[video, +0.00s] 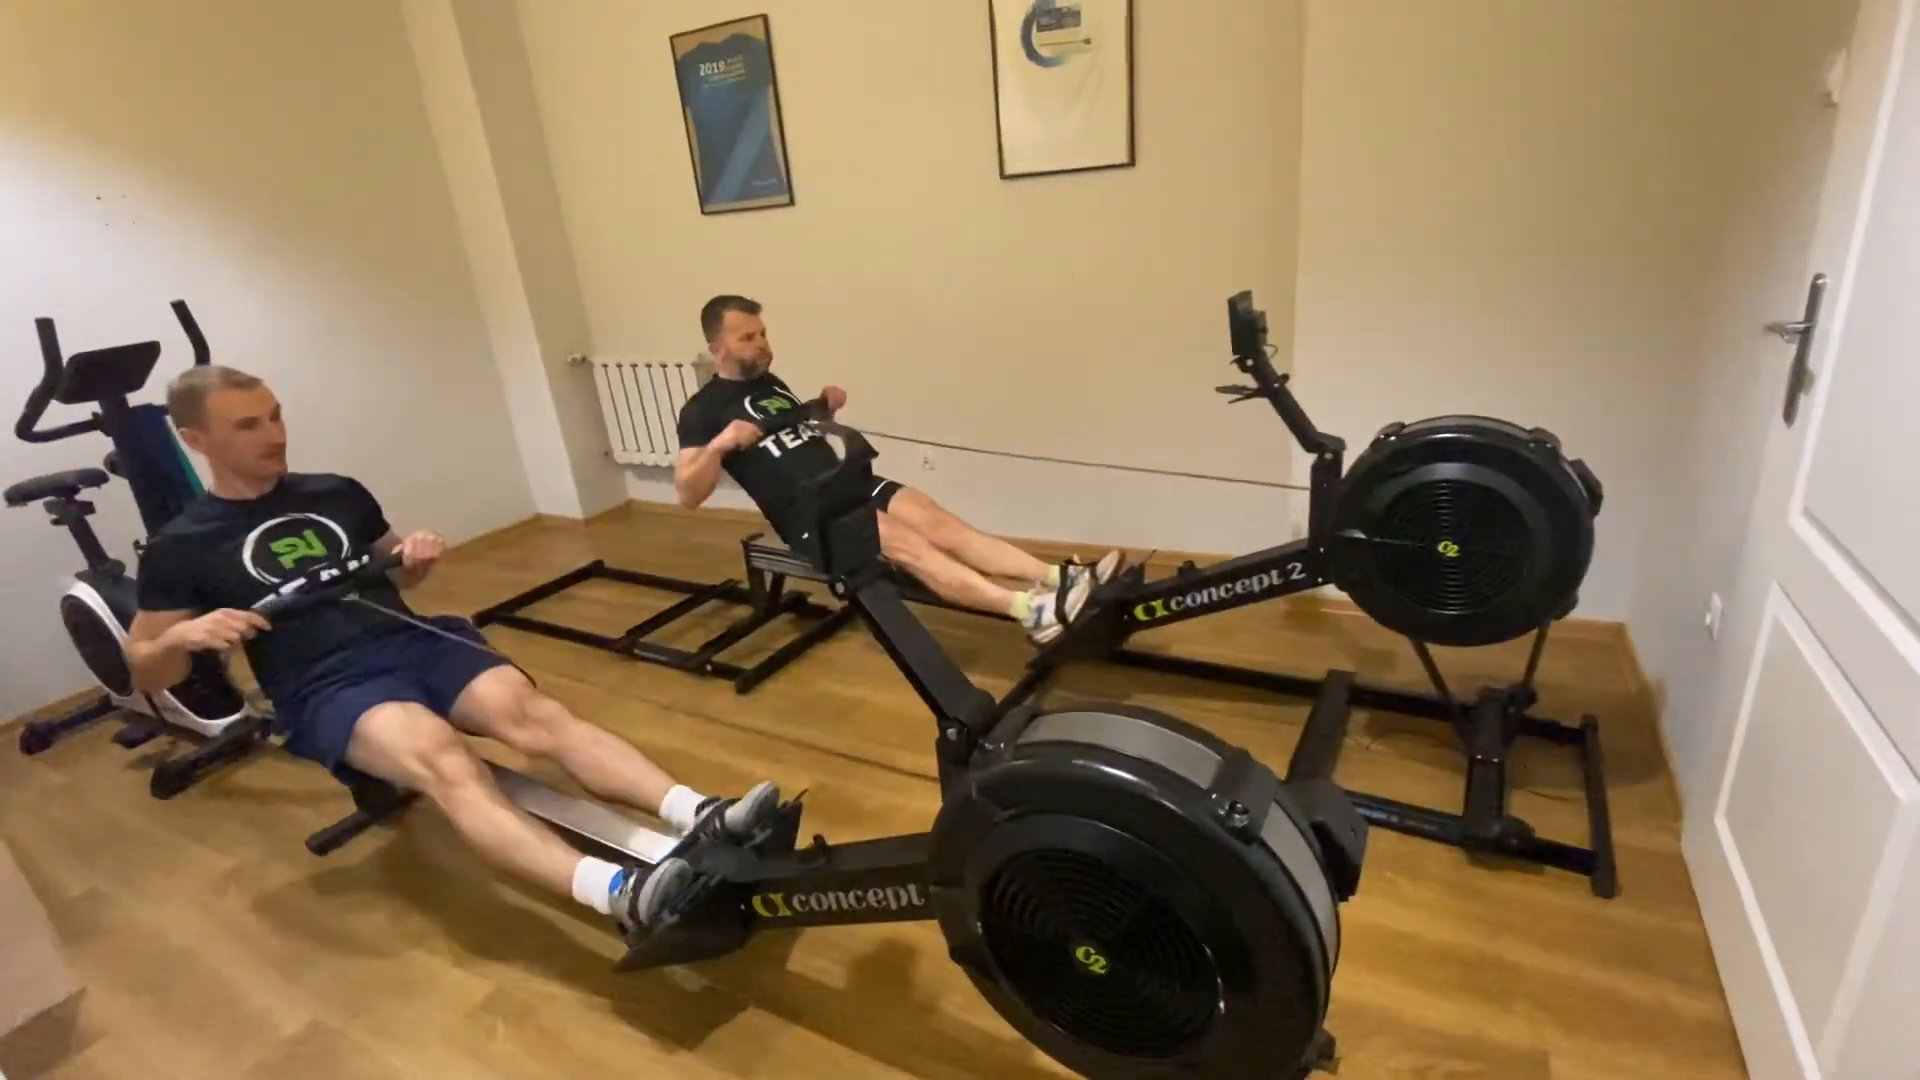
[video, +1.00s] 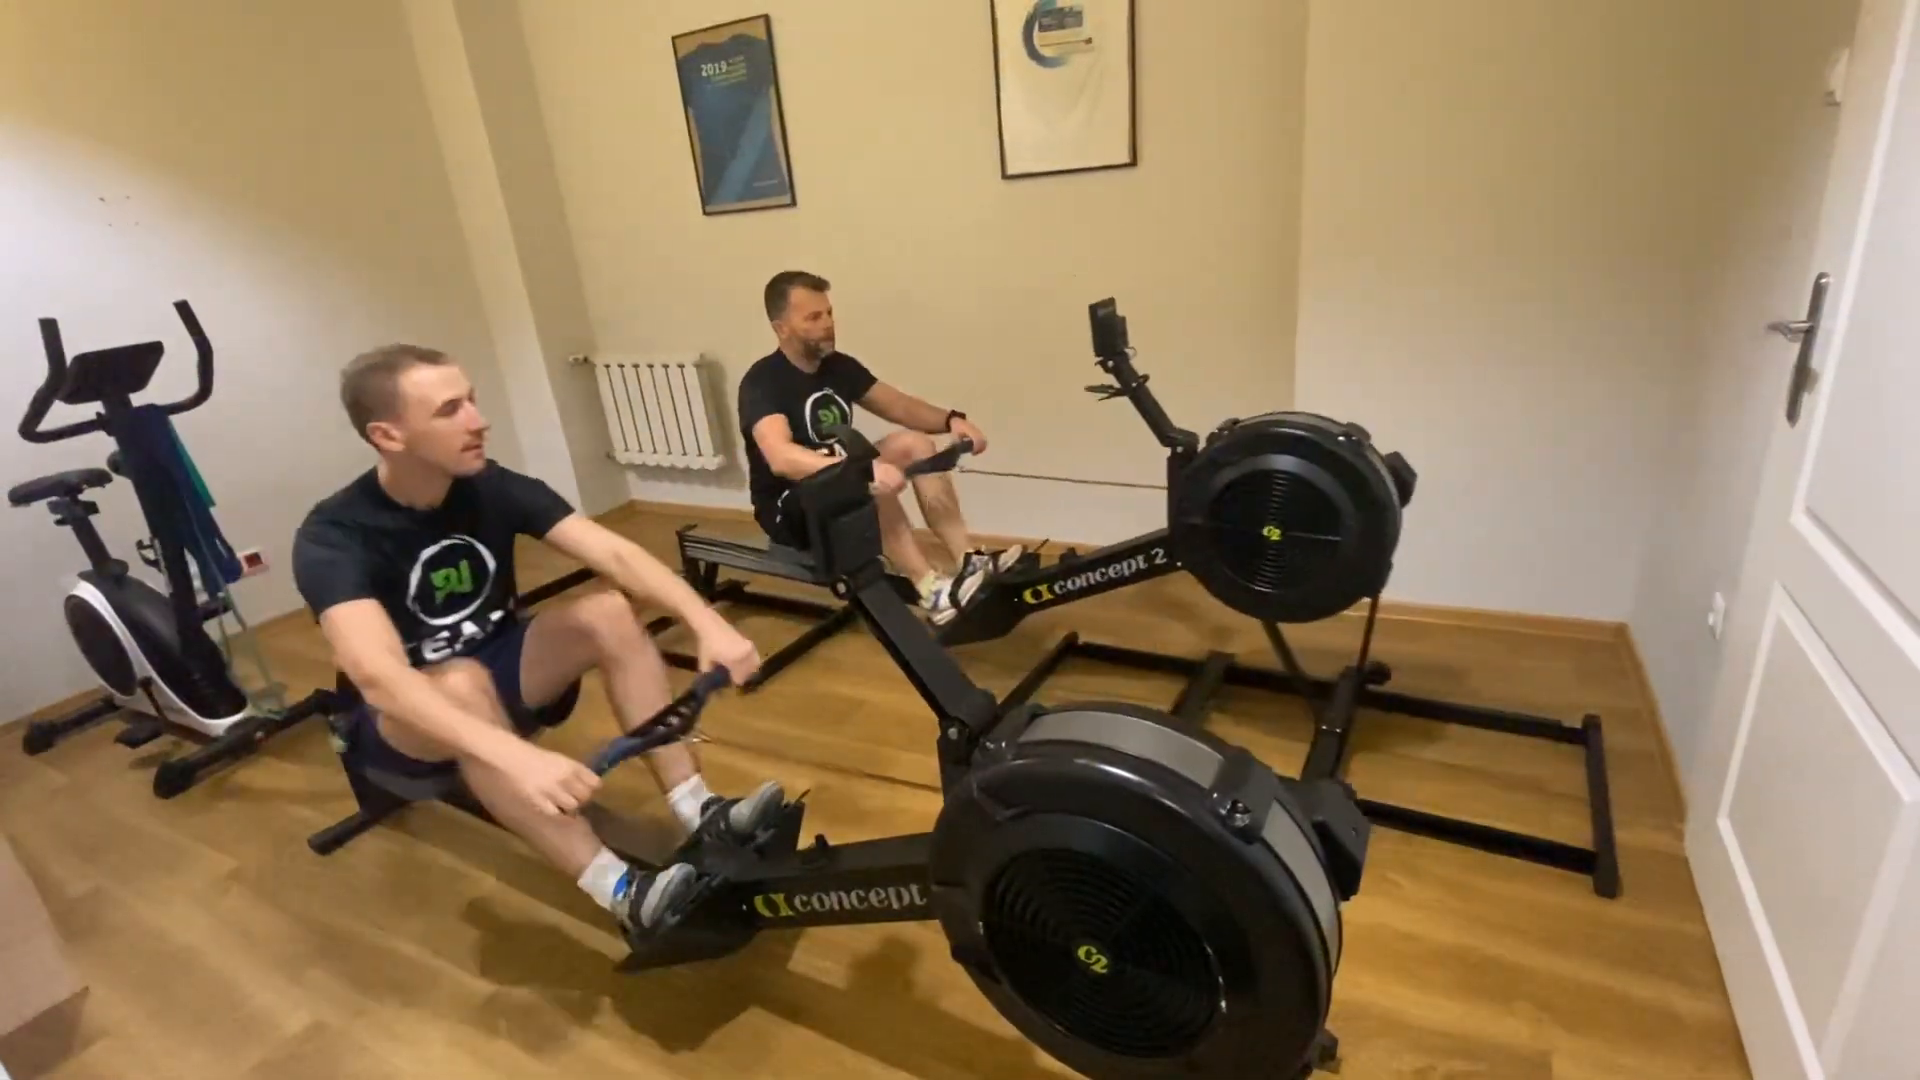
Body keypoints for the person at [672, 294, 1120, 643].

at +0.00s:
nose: (763, 347)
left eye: (763, 335)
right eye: (750, 338)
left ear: (760, 333)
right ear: (716, 346)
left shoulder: (769, 383)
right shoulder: (701, 410)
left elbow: (796, 432)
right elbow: (687, 492)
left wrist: (821, 408)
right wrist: (718, 446)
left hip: (856, 485)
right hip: (816, 517)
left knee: (940, 522)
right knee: (910, 548)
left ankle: (1061, 579)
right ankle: (1030, 611)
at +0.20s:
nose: (769, 334)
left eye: (769, 323)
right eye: (756, 327)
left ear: (768, 322)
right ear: (724, 333)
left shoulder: (778, 375)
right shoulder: (708, 396)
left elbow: (802, 427)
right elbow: (694, 481)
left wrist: (839, 404)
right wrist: (734, 440)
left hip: (856, 483)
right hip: (811, 513)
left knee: (935, 512)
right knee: (906, 542)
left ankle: (1052, 579)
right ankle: (1021, 610)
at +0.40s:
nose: (782, 325)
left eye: (783, 314)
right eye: (769, 317)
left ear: (784, 313)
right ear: (736, 326)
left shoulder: (794, 368)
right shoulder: (720, 388)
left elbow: (836, 414)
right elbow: (708, 473)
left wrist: (868, 407)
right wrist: (767, 441)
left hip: (851, 483)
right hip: (804, 513)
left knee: (929, 489)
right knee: (896, 519)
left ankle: (1032, 576)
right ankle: (1004, 606)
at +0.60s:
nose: (796, 323)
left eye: (797, 311)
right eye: (783, 315)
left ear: (799, 311)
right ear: (751, 323)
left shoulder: (809, 366)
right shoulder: (734, 385)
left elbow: (853, 407)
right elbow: (729, 466)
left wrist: (896, 410)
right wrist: (797, 451)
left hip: (844, 482)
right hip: (795, 505)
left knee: (924, 471)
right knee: (888, 491)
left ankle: (1011, 573)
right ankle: (978, 598)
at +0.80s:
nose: (811, 320)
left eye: (811, 309)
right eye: (798, 313)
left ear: (814, 307)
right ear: (764, 324)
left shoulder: (821, 365)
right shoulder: (748, 381)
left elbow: (879, 407)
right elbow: (754, 462)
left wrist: (925, 412)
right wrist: (819, 458)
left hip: (847, 484)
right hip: (794, 503)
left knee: (927, 463)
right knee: (881, 479)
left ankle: (990, 566)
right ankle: (953, 594)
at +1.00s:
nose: (829, 324)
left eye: (829, 314)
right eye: (815, 318)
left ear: (832, 311)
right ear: (782, 328)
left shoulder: (838, 367)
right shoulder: (762, 382)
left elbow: (901, 406)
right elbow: (781, 458)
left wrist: (951, 420)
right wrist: (859, 471)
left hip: (846, 486)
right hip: (791, 506)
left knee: (914, 444)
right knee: (866, 480)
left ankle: (969, 562)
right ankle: (931, 589)